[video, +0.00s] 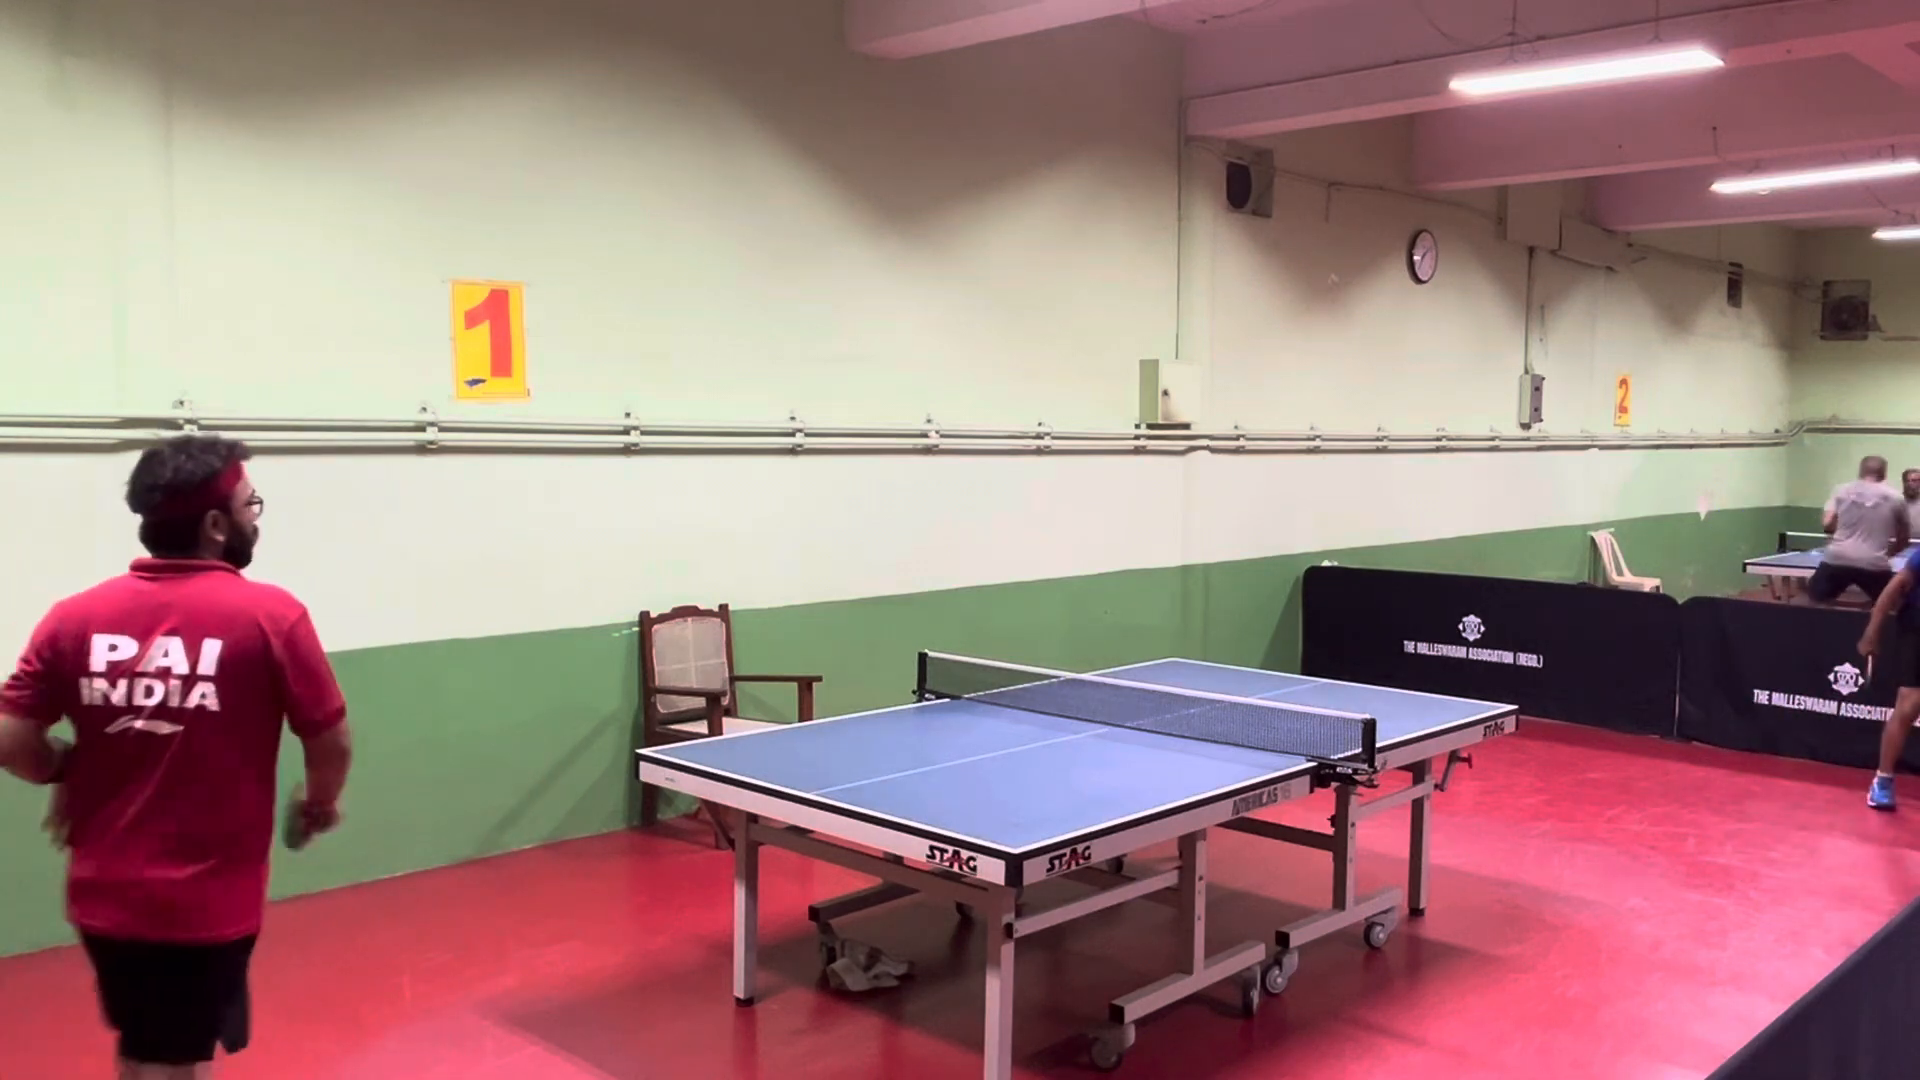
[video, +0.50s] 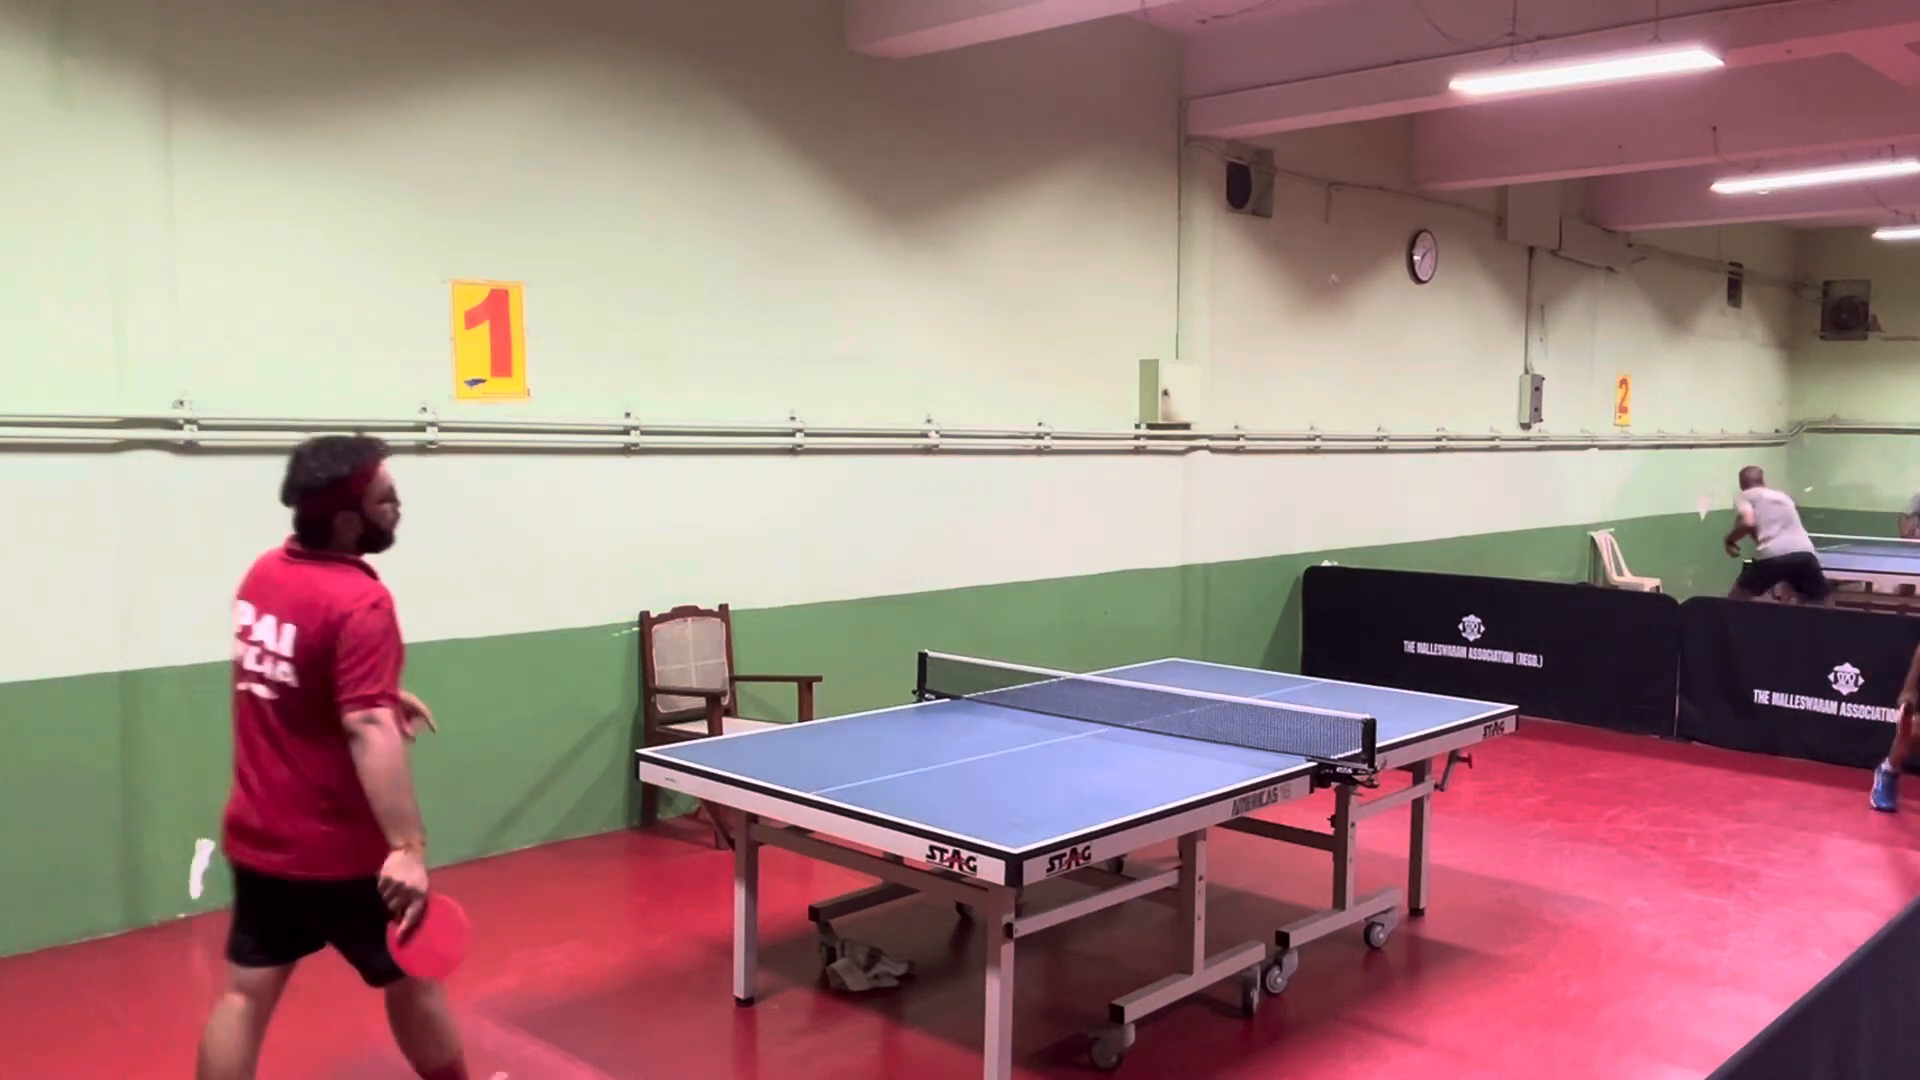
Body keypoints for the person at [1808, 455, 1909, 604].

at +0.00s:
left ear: (1860, 472)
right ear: (1883, 475)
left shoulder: (1842, 490)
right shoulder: (1896, 498)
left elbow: (1828, 524)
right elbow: (1903, 539)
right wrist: (1885, 554)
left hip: (1837, 560)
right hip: (1874, 564)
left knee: (1816, 599)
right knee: (1895, 605)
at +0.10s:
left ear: (1834, 478)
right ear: (1857, 480)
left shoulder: (1820, 496)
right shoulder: (1872, 501)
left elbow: (1812, 529)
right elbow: (1876, 532)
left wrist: (1817, 542)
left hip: (1824, 564)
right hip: (1859, 567)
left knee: (1796, 605)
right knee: (1885, 610)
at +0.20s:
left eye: (1802, 482)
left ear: (1803, 482)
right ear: (1825, 483)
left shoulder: (1795, 498)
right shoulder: (1840, 502)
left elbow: (1792, 531)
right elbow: (1843, 536)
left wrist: (1789, 544)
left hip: (1806, 565)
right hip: (1841, 566)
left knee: (1775, 604)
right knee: (1866, 608)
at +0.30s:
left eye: (1772, 490)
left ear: (1774, 489)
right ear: (1796, 489)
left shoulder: (1775, 498)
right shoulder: (1814, 504)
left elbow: (1772, 529)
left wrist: (1758, 544)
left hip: (1789, 564)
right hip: (1824, 564)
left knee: (1757, 604)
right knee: (1848, 611)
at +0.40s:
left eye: (1753, 490)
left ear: (1754, 489)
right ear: (1774, 487)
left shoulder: (1757, 499)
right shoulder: (1792, 502)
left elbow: (1758, 527)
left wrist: (1740, 542)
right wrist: (1766, 541)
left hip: (1778, 562)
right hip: (1813, 560)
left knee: (1741, 602)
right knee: (1835, 605)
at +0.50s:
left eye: (1741, 484)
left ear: (1742, 484)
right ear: (1762, 480)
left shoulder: (1745, 496)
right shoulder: (1783, 496)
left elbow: (1748, 524)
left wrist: (1730, 540)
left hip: (1771, 558)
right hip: (1804, 555)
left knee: (1735, 602)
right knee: (1825, 603)